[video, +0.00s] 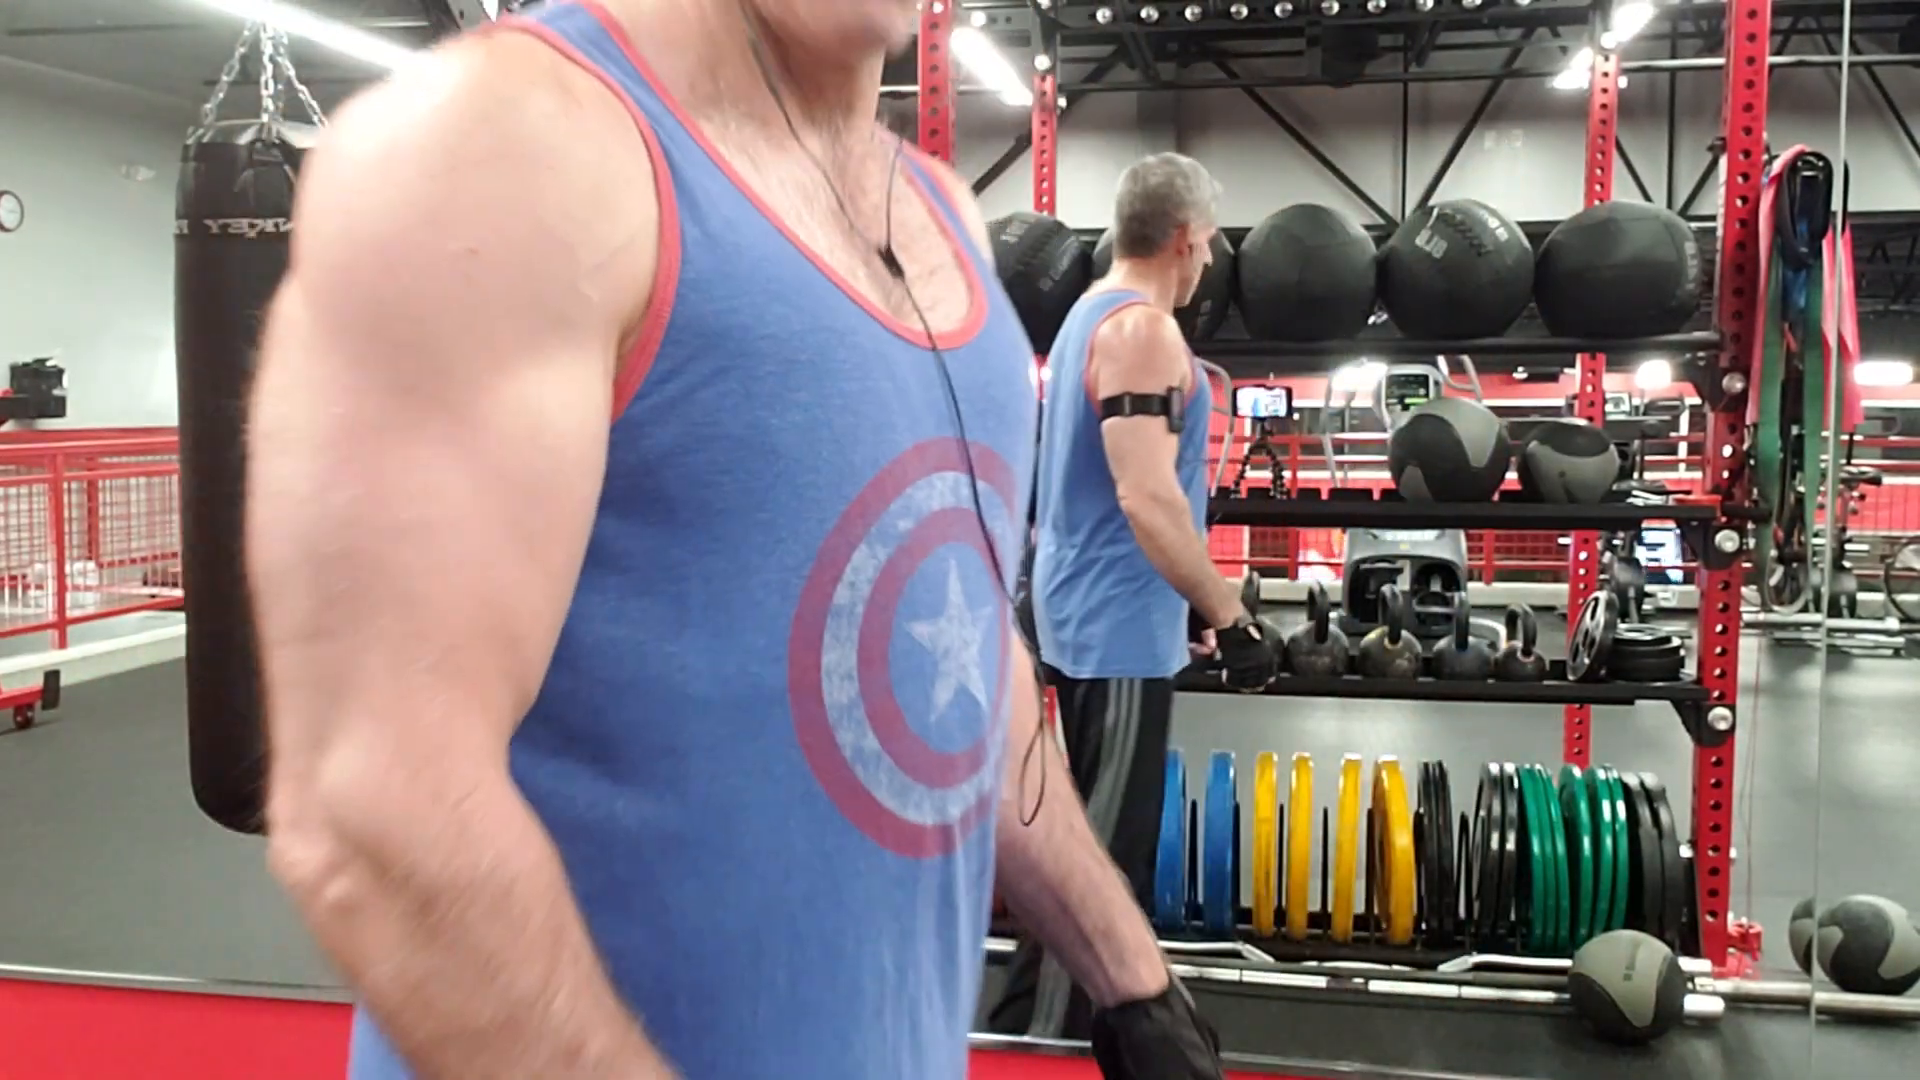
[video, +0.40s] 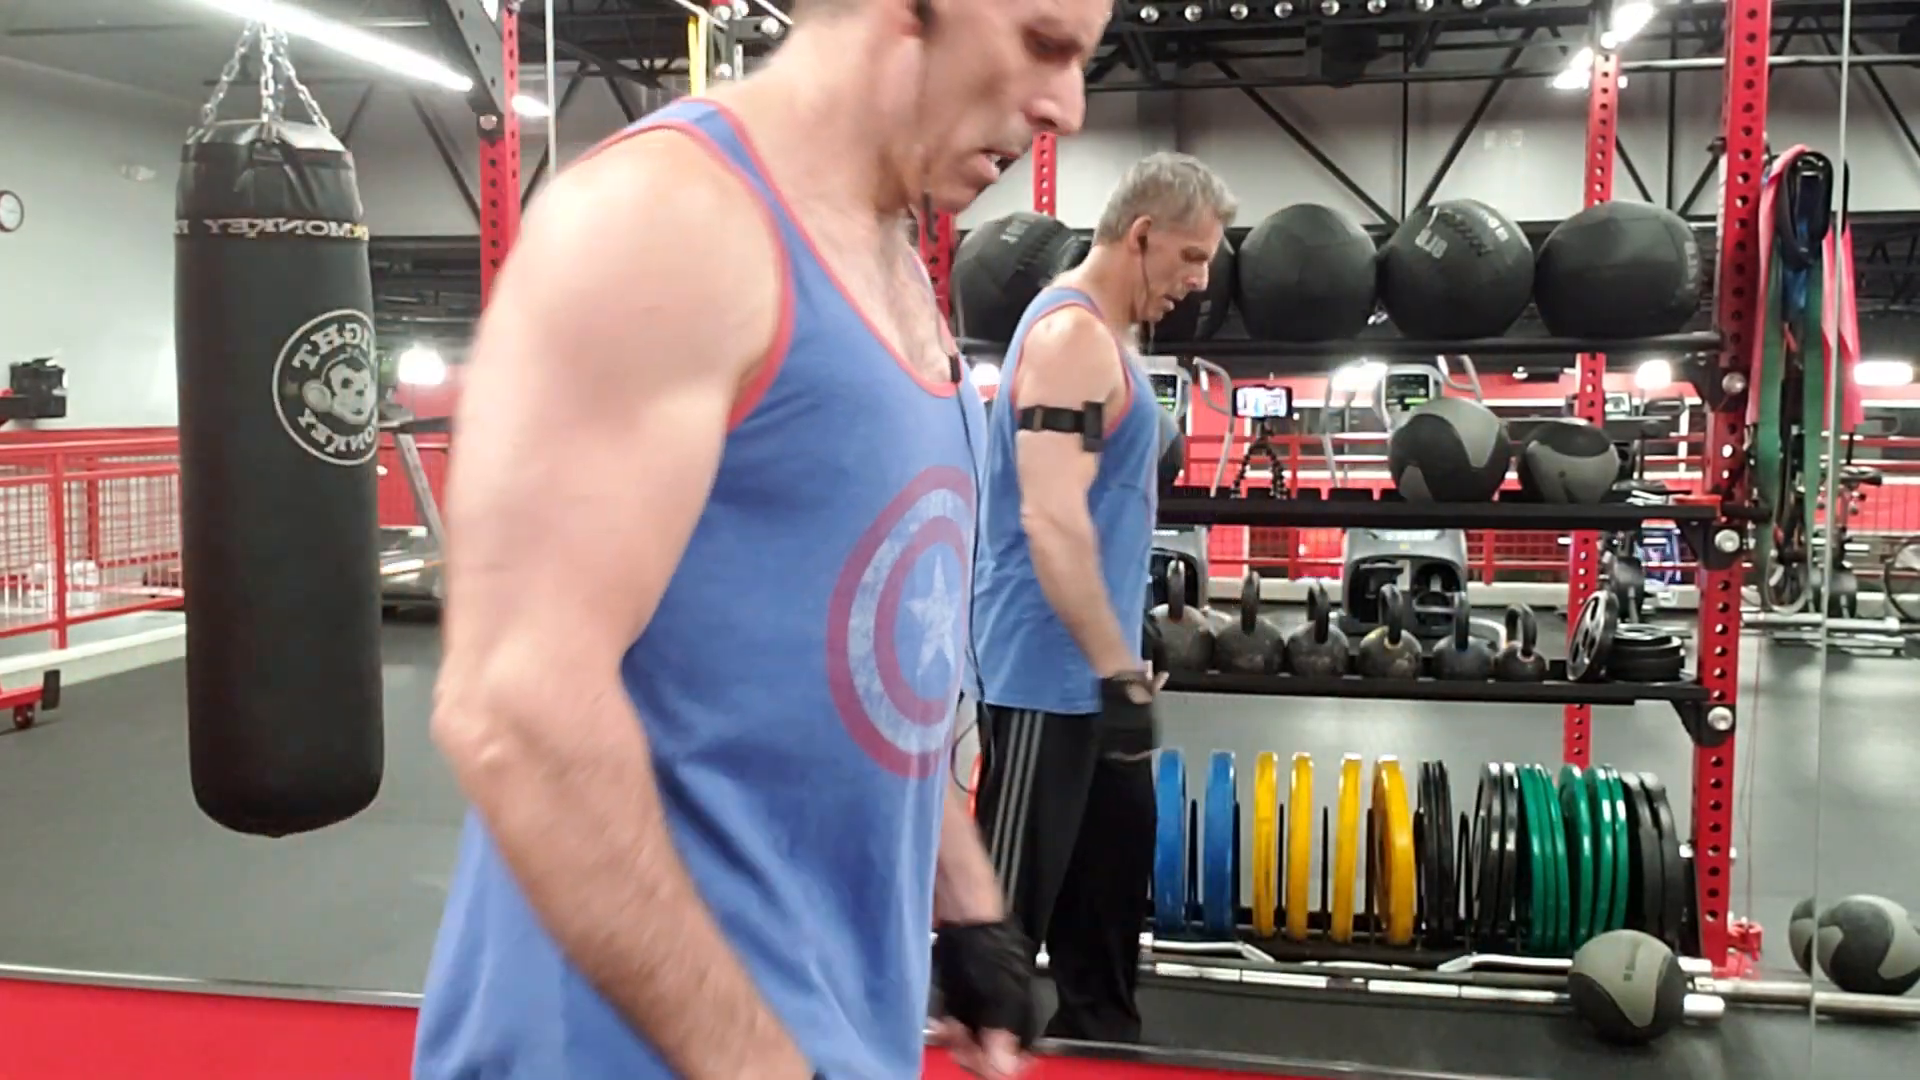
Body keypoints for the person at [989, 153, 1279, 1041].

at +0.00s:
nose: (1210, 257)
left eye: (1212, 242)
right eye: (1211, 241)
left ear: (1127, 235)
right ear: (1188, 240)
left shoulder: (1090, 318)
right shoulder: (1138, 325)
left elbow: (1082, 492)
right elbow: (1146, 496)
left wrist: (1198, 596)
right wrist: (1226, 606)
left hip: (1077, 617)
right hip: (1121, 626)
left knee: (1081, 840)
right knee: (1109, 852)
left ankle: (1042, 1022)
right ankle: (1055, 1034)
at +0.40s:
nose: (1199, 282)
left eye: (1208, 263)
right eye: (1193, 258)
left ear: (1141, 241)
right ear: (1140, 237)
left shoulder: (1098, 329)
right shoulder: (1070, 332)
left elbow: (1076, 514)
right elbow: (1054, 518)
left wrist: (1119, 654)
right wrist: (1121, 664)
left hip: (1096, 679)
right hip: (1044, 681)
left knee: (1105, 904)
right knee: (1014, 913)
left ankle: (1101, 1052)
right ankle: (986, 1050)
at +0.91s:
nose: (1278, 307)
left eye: (1289, 289)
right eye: (1273, 281)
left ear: (1230, 263)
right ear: (1218, 249)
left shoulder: (1186, 358)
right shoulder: (1118, 328)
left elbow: (1159, 537)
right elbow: (1056, 515)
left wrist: (1185, 670)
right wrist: (1134, 664)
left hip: (1153, 695)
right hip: (1096, 700)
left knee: (1154, 912)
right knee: (1125, 914)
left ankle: (1144, 1057)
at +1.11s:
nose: (1317, 322)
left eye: (1331, 306)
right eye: (1315, 294)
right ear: (1263, 264)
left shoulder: (1217, 370)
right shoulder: (1170, 351)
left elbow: (1178, 553)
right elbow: (1122, 554)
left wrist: (1214, 663)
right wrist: (1159, 670)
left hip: (1164, 687)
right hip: (1125, 691)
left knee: (1173, 887)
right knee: (1154, 888)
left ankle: (1154, 1053)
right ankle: (1142, 1055)